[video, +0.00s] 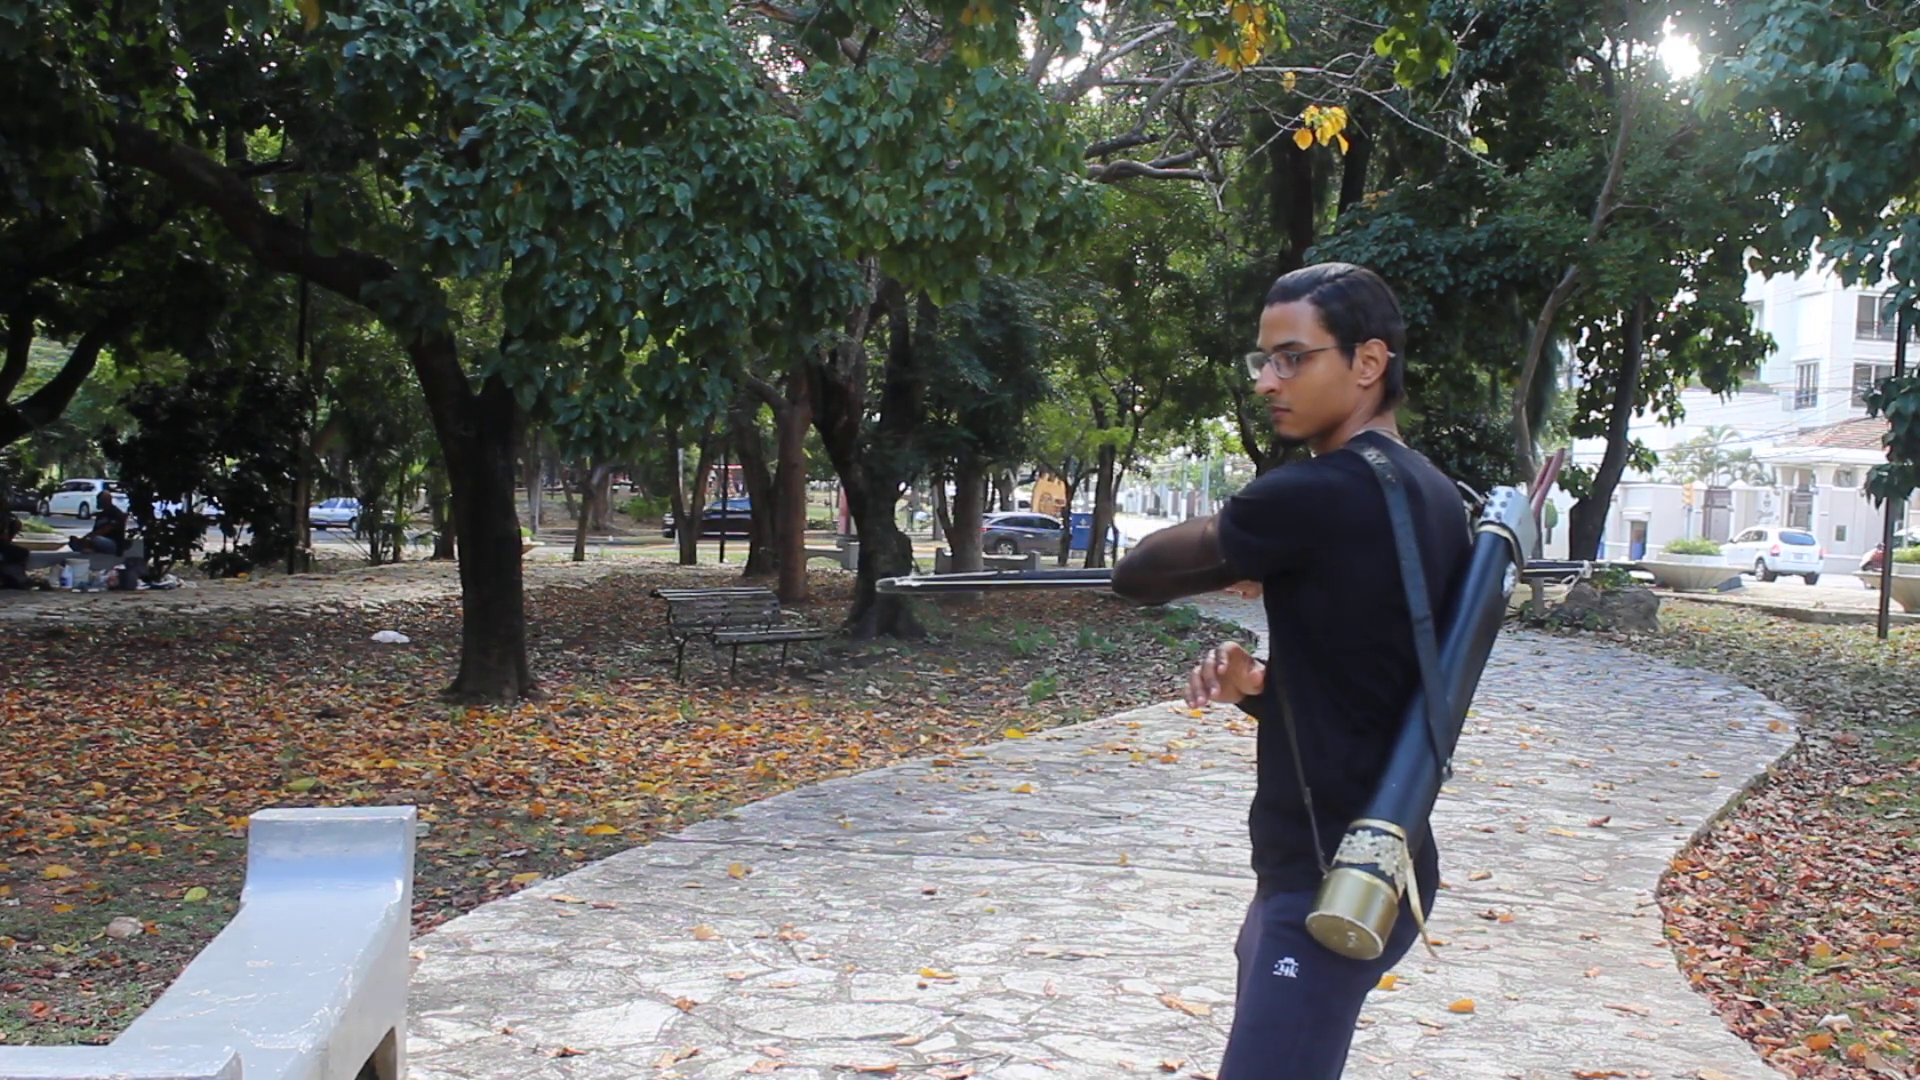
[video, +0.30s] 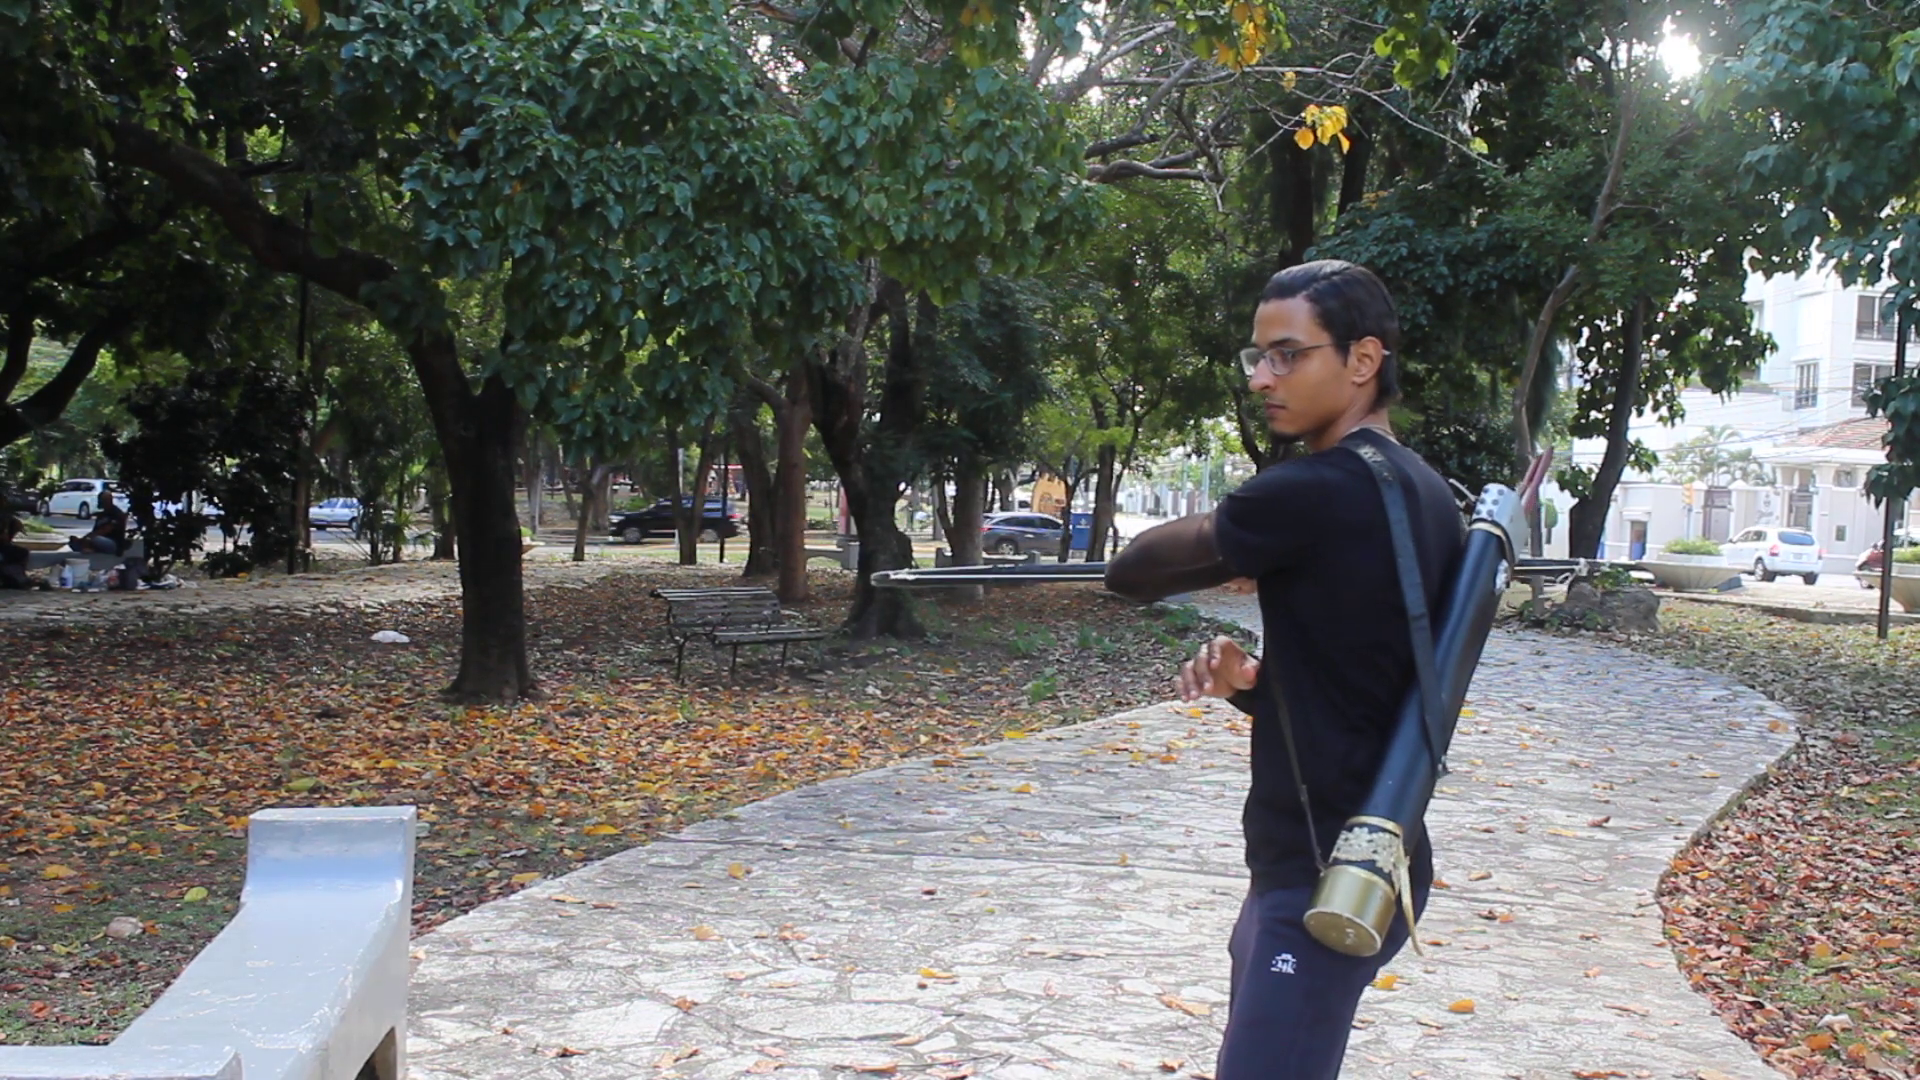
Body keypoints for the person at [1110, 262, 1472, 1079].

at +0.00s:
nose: (1264, 381)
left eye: (1290, 358)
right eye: (1263, 359)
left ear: (1369, 364)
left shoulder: (1317, 492)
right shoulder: (1437, 495)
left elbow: (1135, 572)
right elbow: (1390, 684)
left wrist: (1244, 561)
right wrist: (1263, 681)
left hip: (1318, 884)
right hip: (1377, 870)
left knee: (1264, 1066)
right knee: (1268, 1057)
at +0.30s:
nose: (1259, 377)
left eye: (1285, 354)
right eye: (1256, 355)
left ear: (1364, 362)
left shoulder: (1315, 489)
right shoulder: (1428, 492)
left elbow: (1130, 569)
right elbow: (1384, 686)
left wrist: (1241, 556)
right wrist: (1257, 680)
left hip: (1312, 880)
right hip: (1369, 867)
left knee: (1261, 1065)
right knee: (1263, 1058)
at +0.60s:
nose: (1268, 366)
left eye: (1296, 344)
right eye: (1262, 346)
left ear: (1369, 357)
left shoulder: (1316, 484)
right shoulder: (1418, 486)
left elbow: (1127, 564)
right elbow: (1376, 689)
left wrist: (1232, 535)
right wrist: (1255, 679)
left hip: (1306, 879)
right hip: (1351, 867)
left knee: (1259, 1068)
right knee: (1251, 1060)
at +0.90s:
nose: (1291, 354)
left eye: (1321, 333)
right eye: (1281, 332)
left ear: (1386, 352)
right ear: (1269, 342)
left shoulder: (1341, 472)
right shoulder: (1393, 472)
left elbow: (1130, 543)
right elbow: (1337, 693)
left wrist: (1117, 557)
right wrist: (1244, 670)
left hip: (1314, 871)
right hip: (1277, 859)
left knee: (1268, 1068)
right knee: (1234, 1064)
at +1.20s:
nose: (1310, 340)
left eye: (1343, 323)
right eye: (1302, 320)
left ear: (1402, 351)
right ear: (1288, 333)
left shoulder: (1360, 465)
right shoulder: (1357, 465)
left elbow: (1138, 527)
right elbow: (1311, 686)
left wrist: (1112, 537)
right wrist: (1237, 657)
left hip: (1321, 861)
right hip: (1261, 851)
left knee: (1276, 1070)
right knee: (1229, 1064)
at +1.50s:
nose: (1302, 338)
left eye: (1335, 321)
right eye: (1296, 318)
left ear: (1396, 350)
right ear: (1282, 331)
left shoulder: (1361, 460)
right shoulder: (1342, 464)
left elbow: (1133, 524)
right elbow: (1307, 678)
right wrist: (1232, 654)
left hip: (1326, 864)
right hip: (1258, 852)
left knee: (1286, 1068)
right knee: (1231, 1065)